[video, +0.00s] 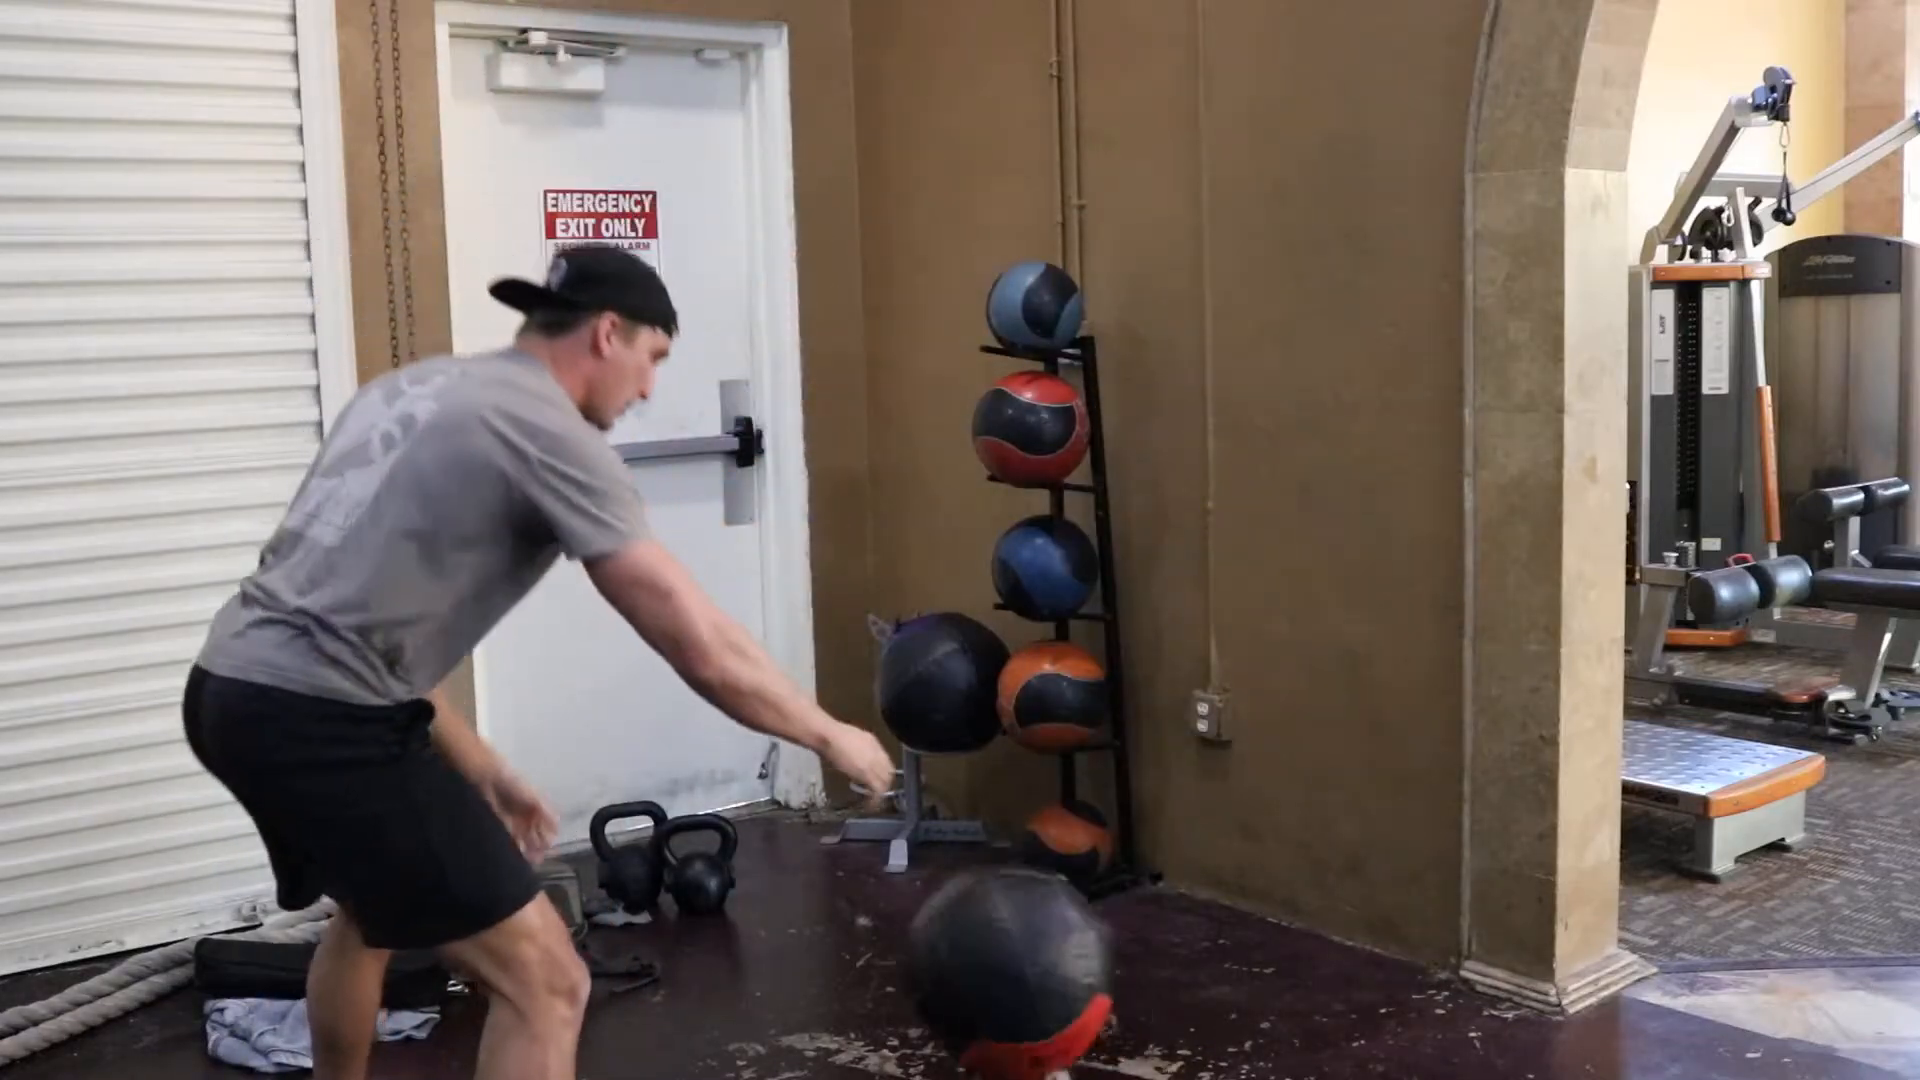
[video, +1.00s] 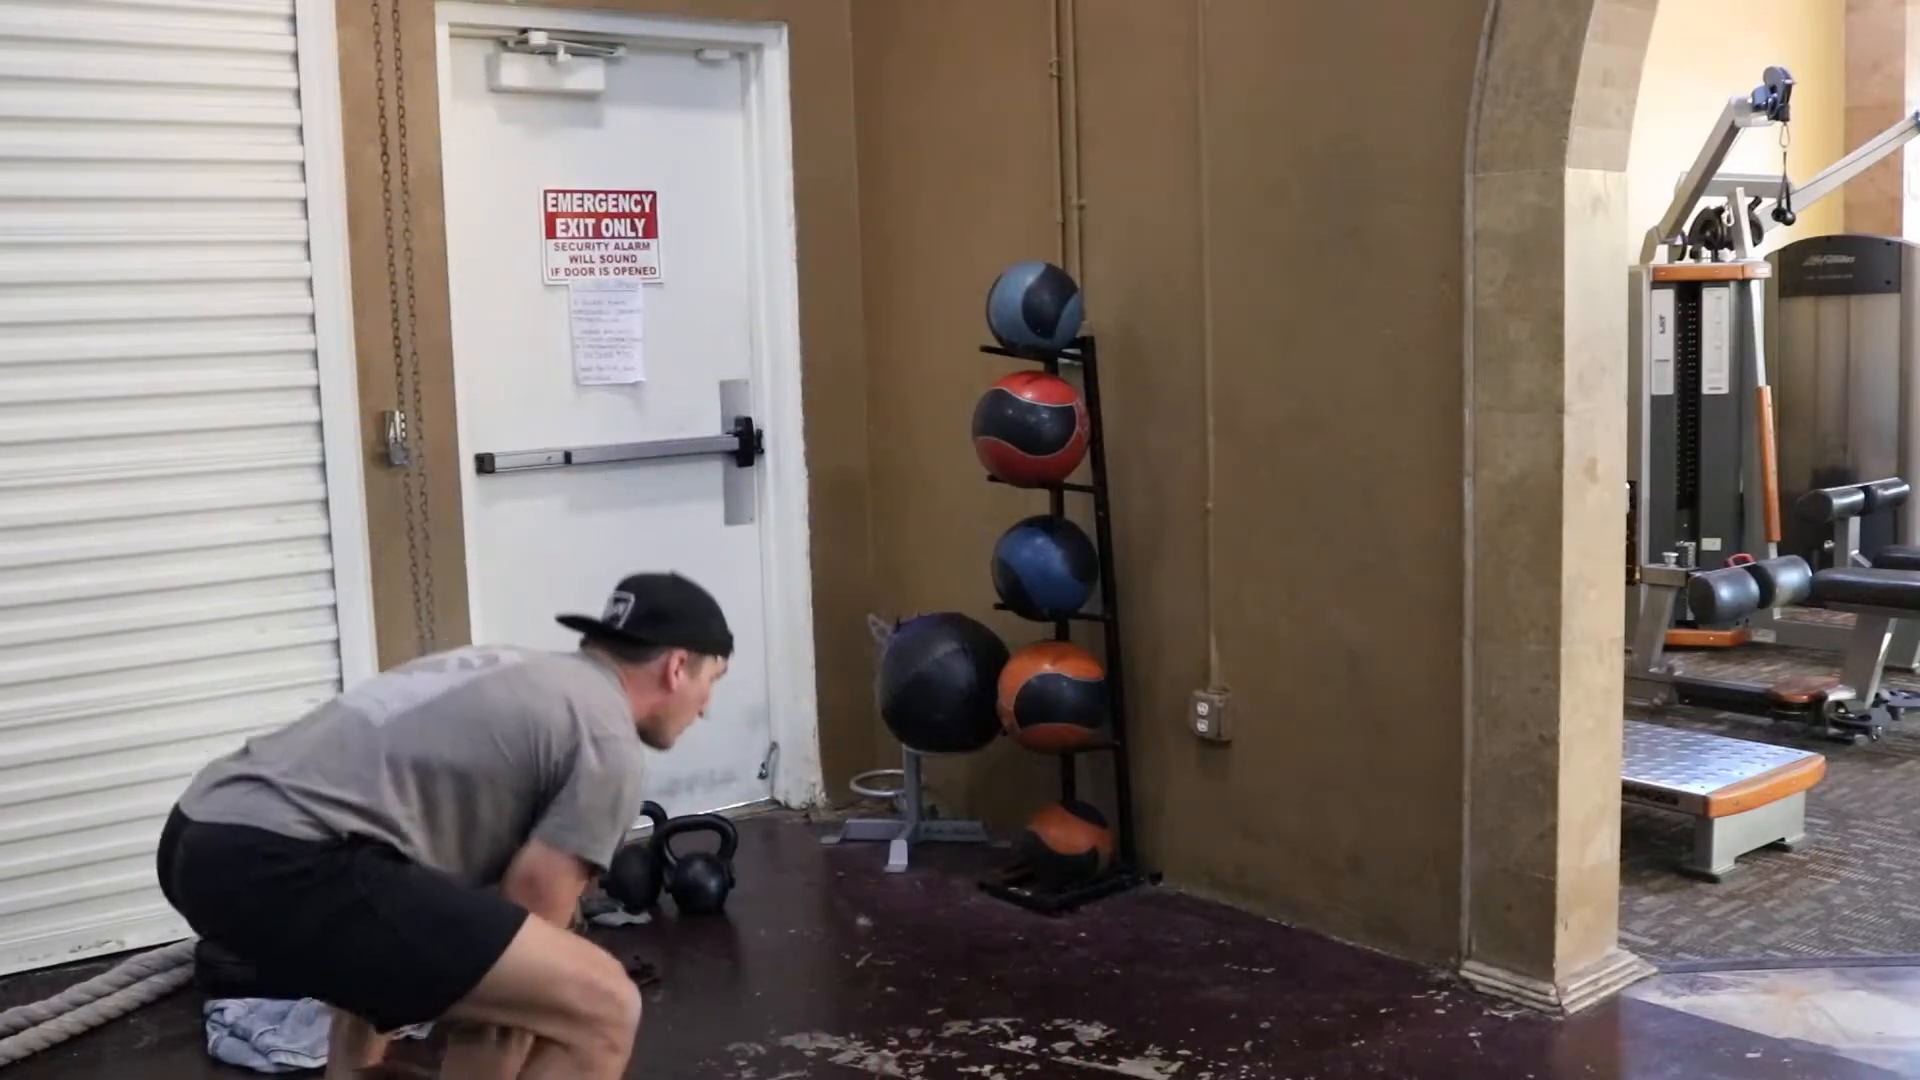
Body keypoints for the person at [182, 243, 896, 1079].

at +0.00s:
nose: (648, 389)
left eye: (657, 364)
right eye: (650, 359)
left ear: (550, 327)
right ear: (602, 336)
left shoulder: (406, 388)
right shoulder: (543, 424)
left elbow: (360, 624)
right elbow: (702, 648)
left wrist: (483, 772)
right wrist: (833, 735)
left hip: (230, 690)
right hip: (330, 709)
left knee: (366, 909)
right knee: (547, 983)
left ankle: (338, 1071)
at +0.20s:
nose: (666, 500)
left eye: (674, 478)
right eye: (669, 474)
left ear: (582, 443)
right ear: (620, 455)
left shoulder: (419, 480)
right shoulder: (566, 541)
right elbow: (749, 738)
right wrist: (911, 836)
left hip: (197, 747)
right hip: (284, 768)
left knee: (373, 887)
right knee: (569, 988)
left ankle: (336, 1071)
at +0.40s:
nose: (683, 581)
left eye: (692, 559)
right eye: (687, 554)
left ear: (589, 520)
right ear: (640, 534)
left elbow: (339, 676)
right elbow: (687, 882)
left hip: (186, 786)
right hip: (285, 811)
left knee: (375, 885)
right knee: (586, 991)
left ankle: (344, 1066)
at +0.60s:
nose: (691, 581)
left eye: (700, 557)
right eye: (696, 551)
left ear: (593, 517)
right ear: (653, 533)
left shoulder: (472, 547)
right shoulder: (588, 620)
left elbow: (422, 788)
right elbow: (569, 892)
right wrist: (559, 1035)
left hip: (198, 772)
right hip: (284, 797)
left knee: (394, 904)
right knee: (577, 1002)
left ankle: (346, 1072)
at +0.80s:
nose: (699, 628)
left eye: (708, 604)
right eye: (704, 600)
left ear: (600, 563)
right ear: (665, 583)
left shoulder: (502, 595)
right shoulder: (599, 667)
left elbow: (445, 845)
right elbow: (542, 917)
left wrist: (441, 1026)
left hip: (198, 793)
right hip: (280, 818)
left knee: (379, 929)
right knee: (582, 1004)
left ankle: (344, 1069)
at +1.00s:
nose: (707, 706)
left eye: (714, 684)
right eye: (711, 681)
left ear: (609, 644)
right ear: (675, 669)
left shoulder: (511, 667)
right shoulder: (608, 740)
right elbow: (519, 932)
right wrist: (494, 1045)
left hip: (197, 840)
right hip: (283, 865)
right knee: (602, 1006)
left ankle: (354, 1059)